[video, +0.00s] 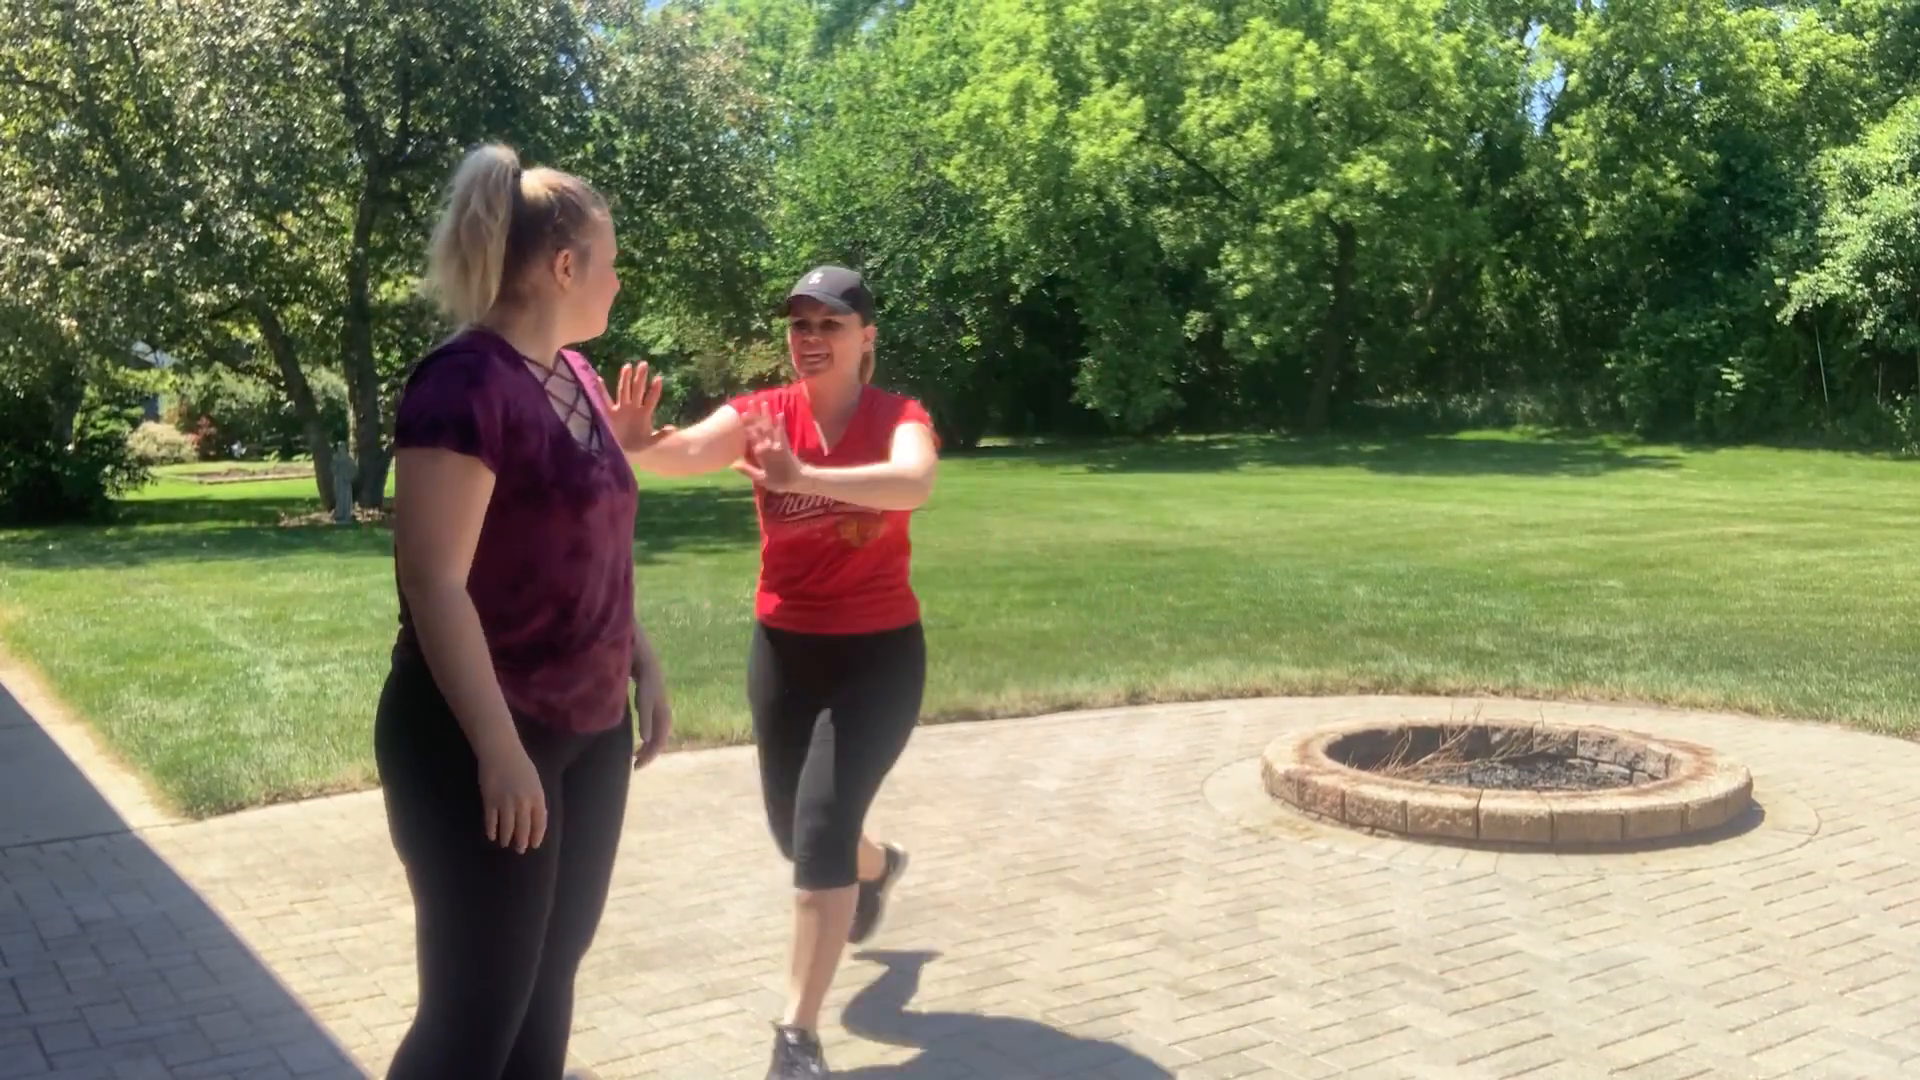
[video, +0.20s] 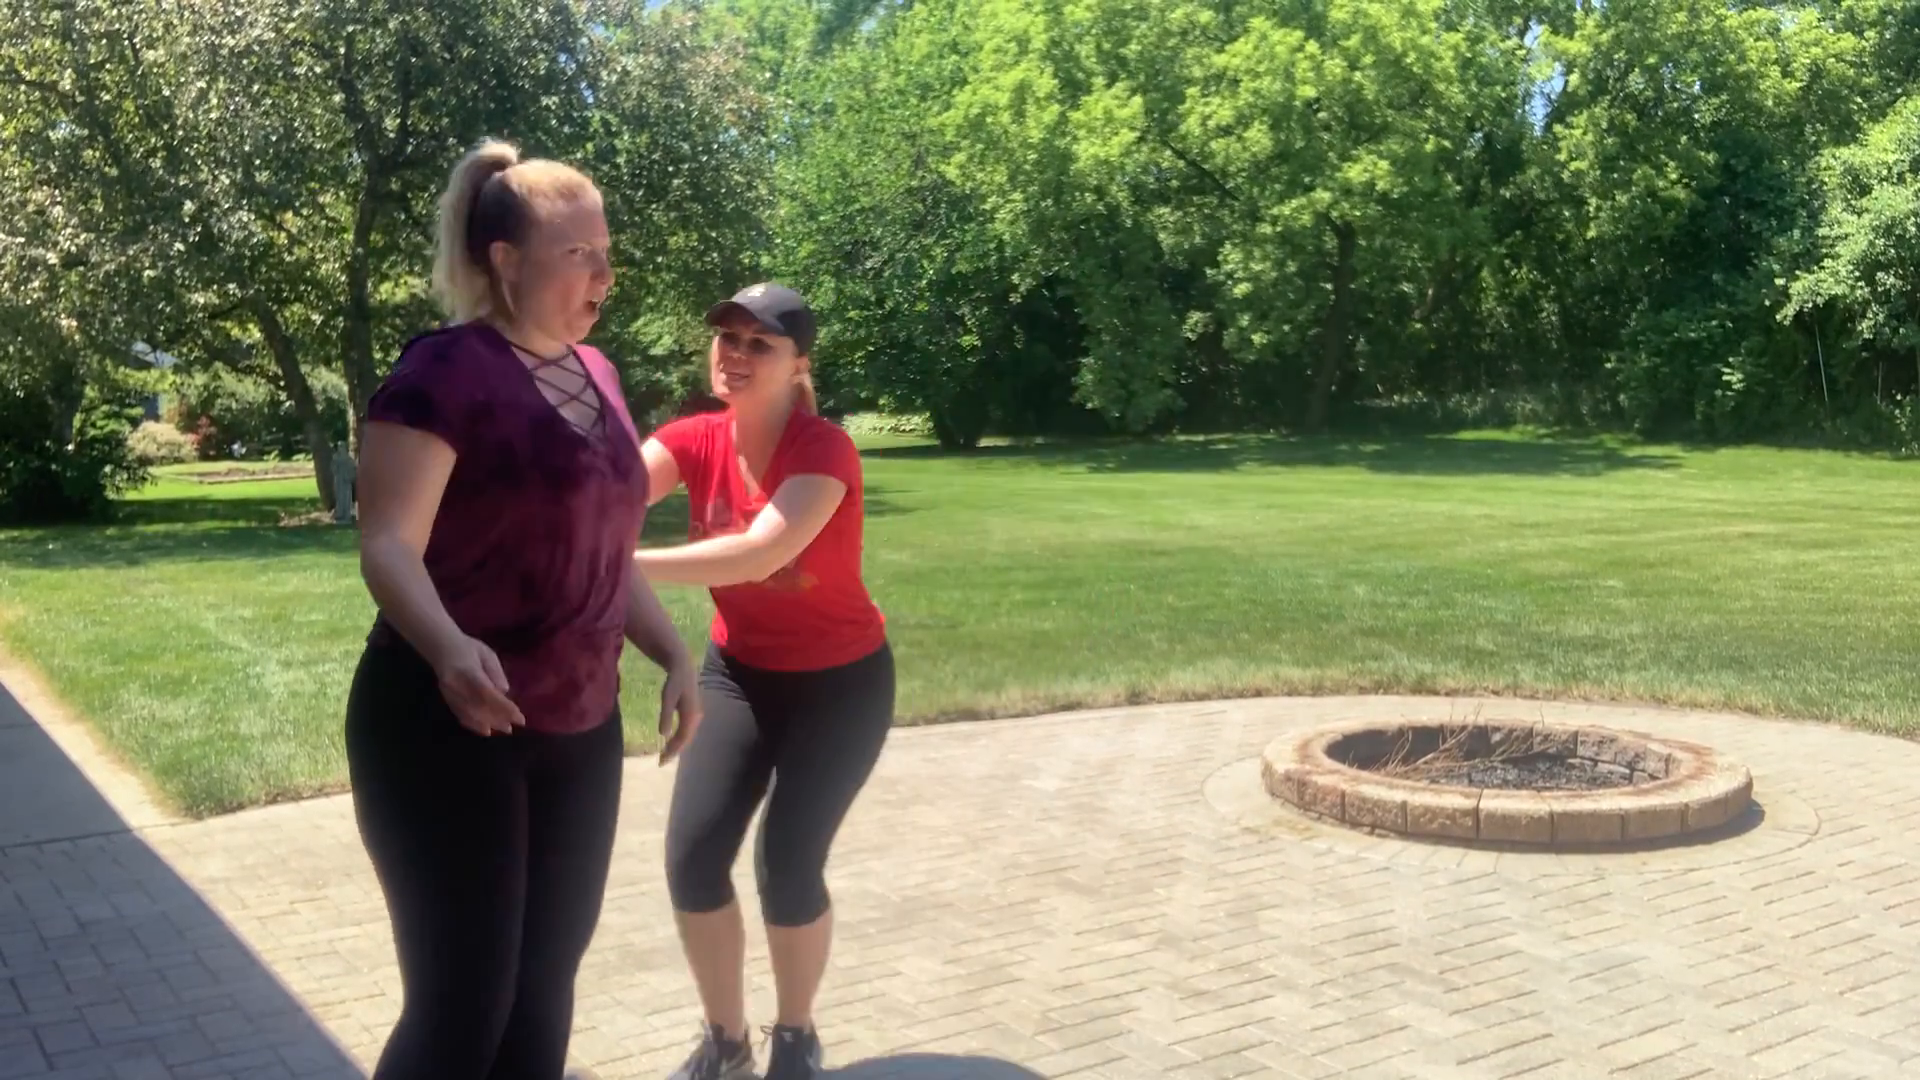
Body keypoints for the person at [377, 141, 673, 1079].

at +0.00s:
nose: (618, 281)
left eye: (616, 262)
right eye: (611, 261)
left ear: (556, 267)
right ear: (562, 267)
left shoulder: (573, 375)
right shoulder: (465, 381)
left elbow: (585, 550)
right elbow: (431, 583)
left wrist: (643, 662)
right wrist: (500, 749)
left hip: (585, 730)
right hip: (479, 738)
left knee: (547, 992)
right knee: (472, 1016)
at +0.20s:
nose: (604, 275)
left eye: (606, 254)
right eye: (581, 254)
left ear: (603, 258)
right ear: (504, 260)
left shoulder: (593, 371)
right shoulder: (443, 370)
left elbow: (606, 553)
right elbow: (388, 543)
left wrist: (674, 651)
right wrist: (449, 645)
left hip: (573, 721)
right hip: (442, 719)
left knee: (541, 1005)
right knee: (459, 1011)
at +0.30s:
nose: (560, 280)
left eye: (571, 259)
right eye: (536, 257)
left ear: (583, 265)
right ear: (466, 257)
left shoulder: (579, 385)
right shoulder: (411, 363)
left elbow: (586, 568)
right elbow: (315, 519)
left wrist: (683, 639)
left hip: (568, 729)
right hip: (427, 728)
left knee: (530, 1015)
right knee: (440, 1024)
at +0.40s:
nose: (511, 267)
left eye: (530, 250)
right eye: (485, 246)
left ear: (551, 274)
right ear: (432, 262)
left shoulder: (568, 399)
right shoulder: (370, 363)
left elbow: (584, 575)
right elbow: (243, 507)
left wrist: (680, 615)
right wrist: (317, 419)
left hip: (550, 747)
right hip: (389, 743)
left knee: (534, 1036)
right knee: (417, 1038)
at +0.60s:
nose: (425, 217)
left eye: (447, 209)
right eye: (397, 202)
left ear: (471, 251)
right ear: (347, 237)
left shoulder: (517, 383)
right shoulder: (284, 352)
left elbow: (561, 560)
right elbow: (108, 434)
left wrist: (651, 590)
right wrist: (295, 380)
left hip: (506, 764)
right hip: (320, 769)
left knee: (509, 1054)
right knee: (364, 1056)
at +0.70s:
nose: (381, 201)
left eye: (405, 194)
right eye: (351, 189)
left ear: (435, 245)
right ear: (304, 236)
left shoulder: (499, 374)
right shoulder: (248, 364)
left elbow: (553, 544)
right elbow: (51, 437)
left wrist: (652, 583)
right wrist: (259, 417)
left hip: (489, 775)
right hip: (295, 781)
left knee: (448, 1052)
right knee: (336, 1054)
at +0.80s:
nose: (358, 204)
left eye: (384, 195)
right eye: (327, 194)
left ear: (421, 246)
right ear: (284, 245)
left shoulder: (497, 382)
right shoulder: (220, 385)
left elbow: (581, 530)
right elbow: (30, 512)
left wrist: (681, 587)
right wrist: (200, 522)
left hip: (460, 797)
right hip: (259, 798)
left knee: (414, 1061)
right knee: (271, 1064)